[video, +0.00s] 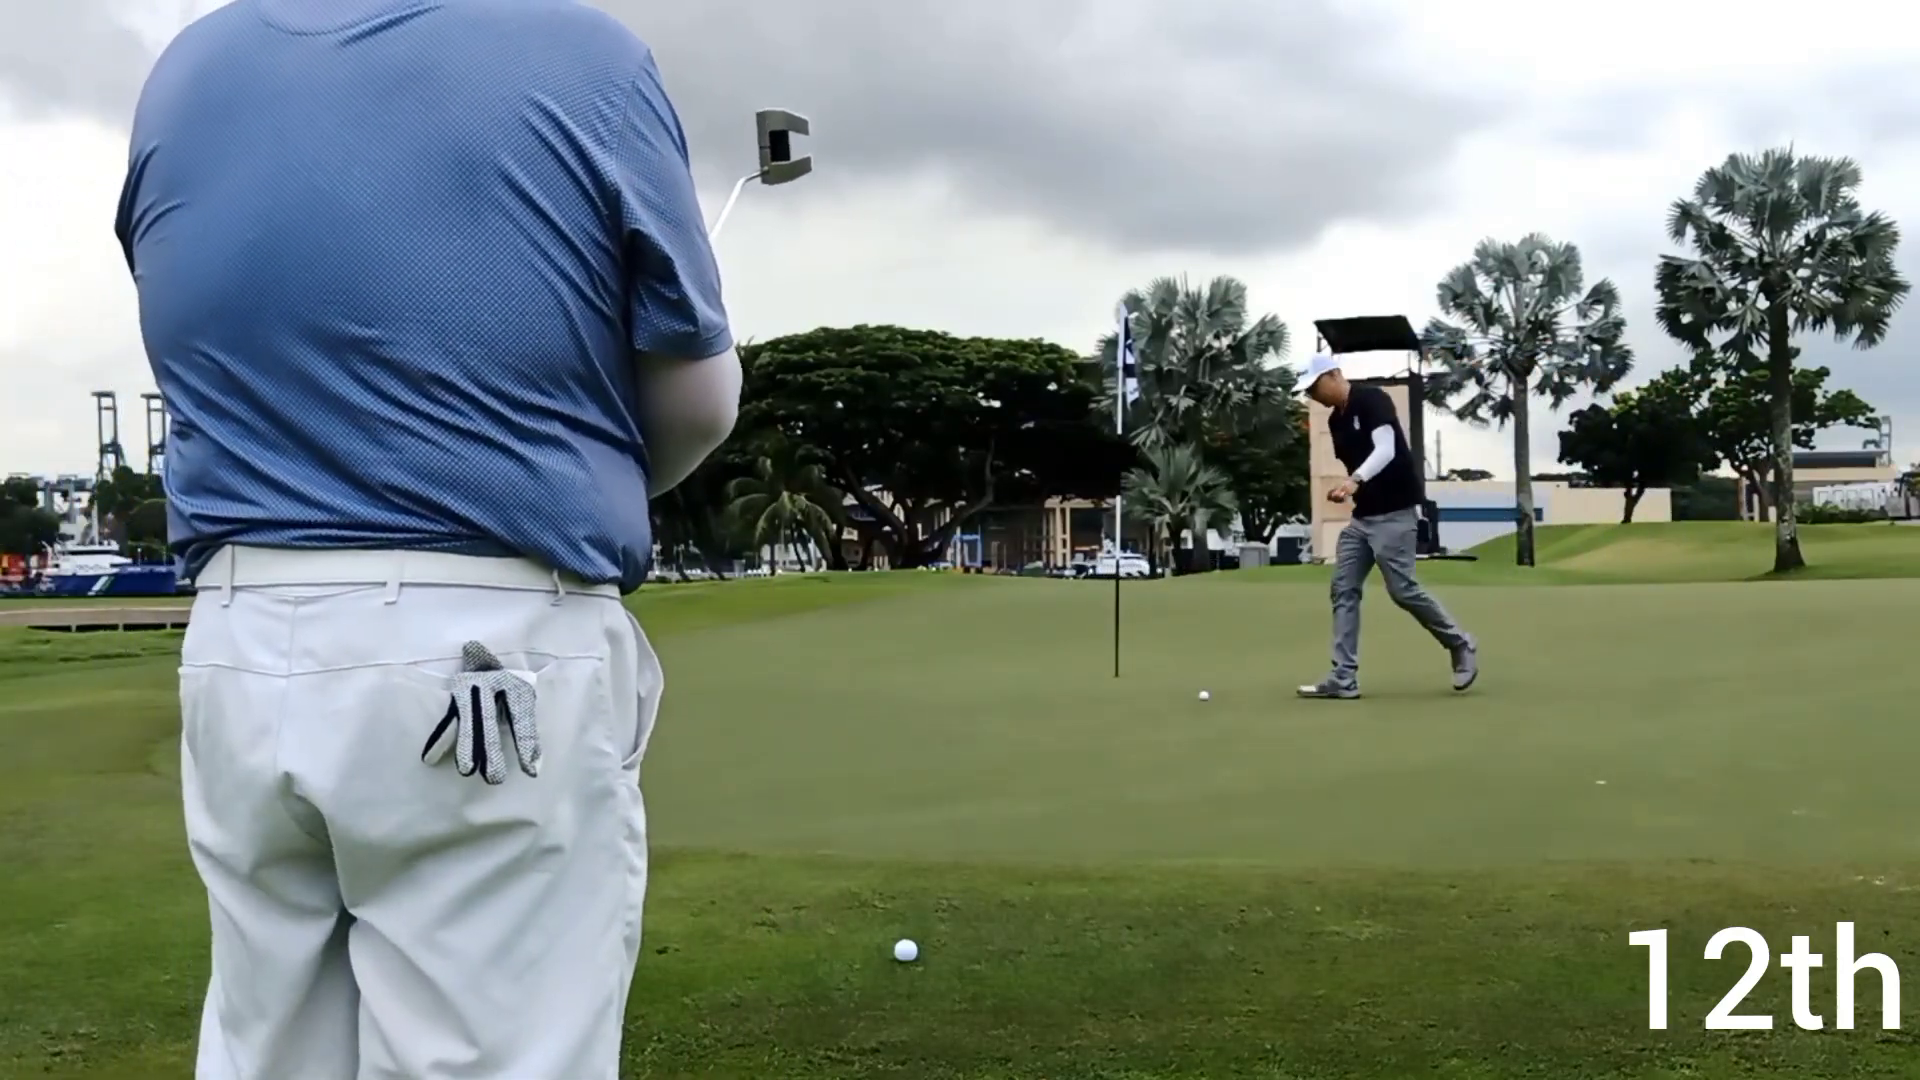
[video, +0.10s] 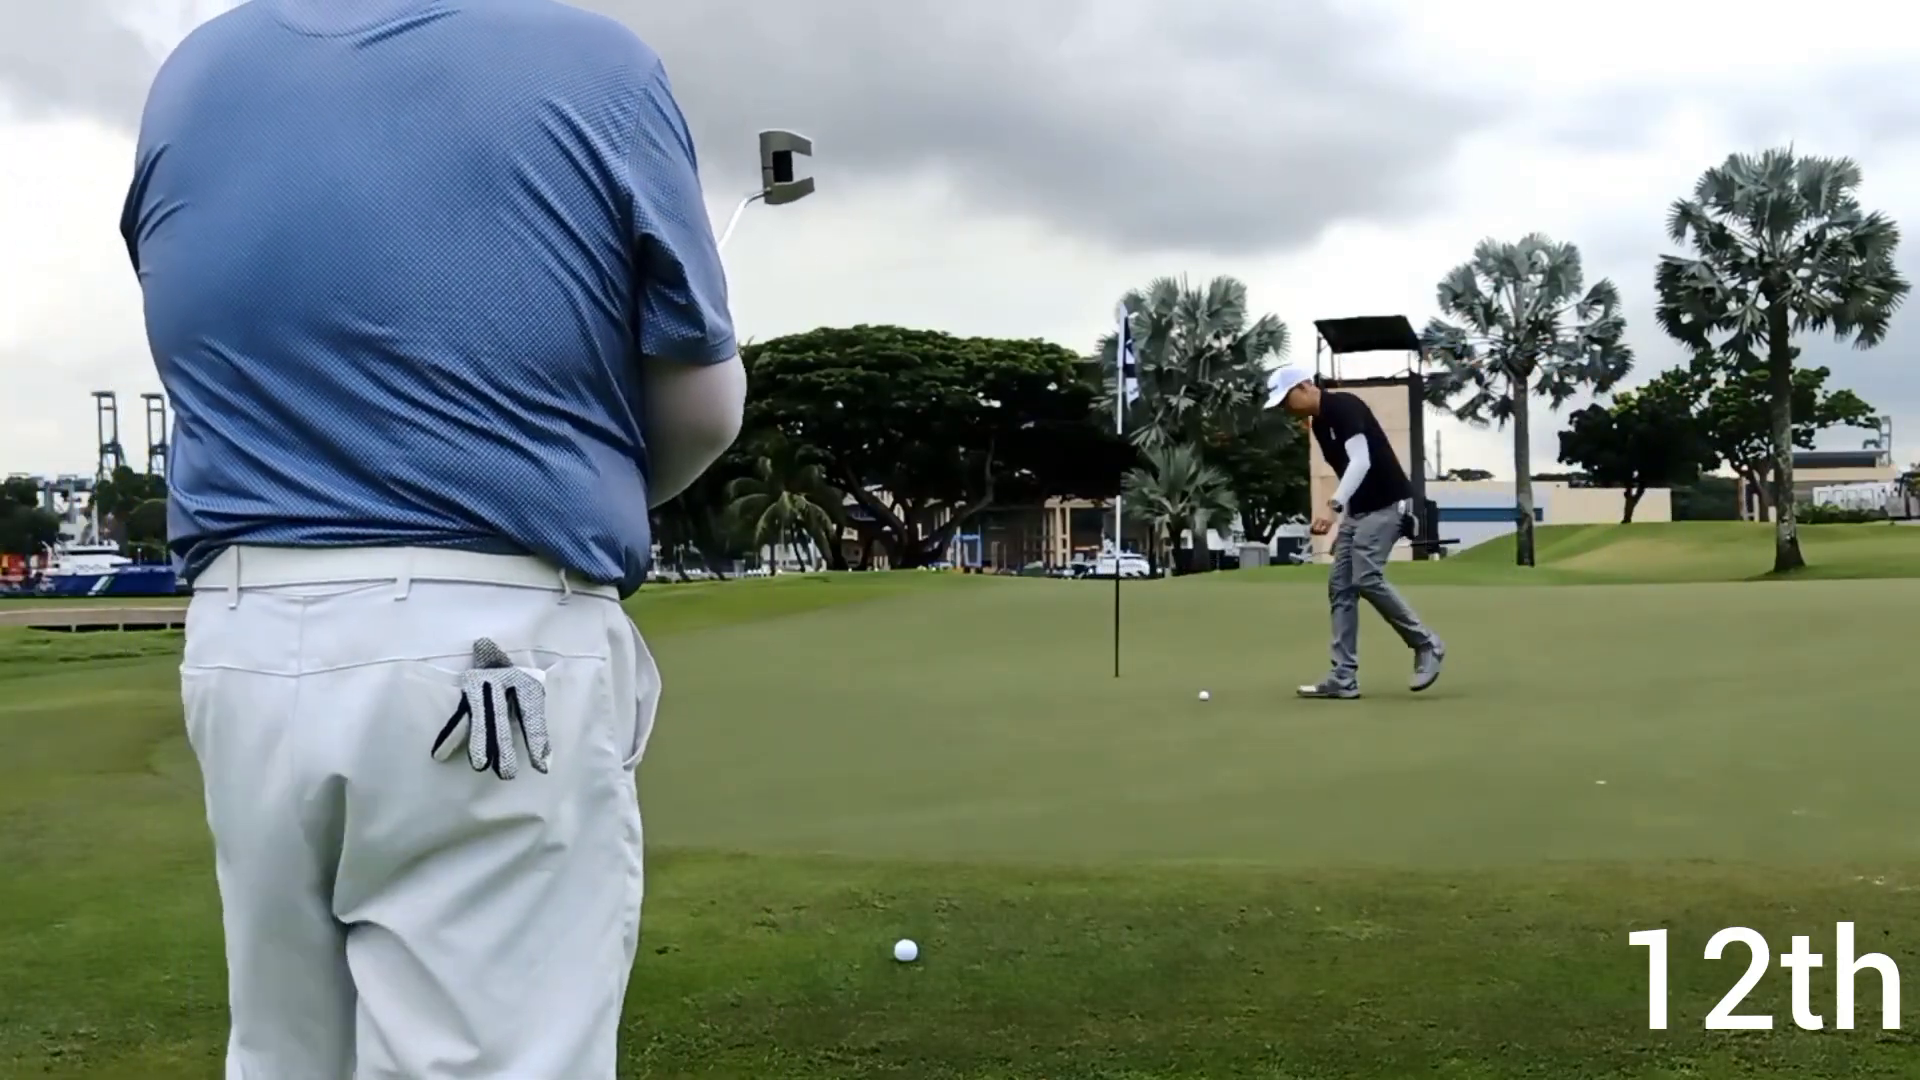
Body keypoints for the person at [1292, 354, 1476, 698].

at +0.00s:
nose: (1314, 397)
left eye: (1314, 389)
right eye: (1310, 392)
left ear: (1333, 376)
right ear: (1324, 385)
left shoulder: (1371, 398)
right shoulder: (1336, 420)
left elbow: (1386, 449)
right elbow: (1359, 466)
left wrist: (1354, 481)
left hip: (1395, 517)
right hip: (1363, 520)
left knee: (1403, 591)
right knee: (1344, 589)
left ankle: (1460, 644)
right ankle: (1343, 677)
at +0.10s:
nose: (1287, 409)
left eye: (1287, 401)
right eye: (1283, 404)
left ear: (1305, 386)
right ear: (1300, 392)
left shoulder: (1343, 406)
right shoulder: (1319, 422)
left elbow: (1361, 461)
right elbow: (1351, 467)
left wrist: (1334, 506)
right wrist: (1346, 514)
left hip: (1384, 507)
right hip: (1357, 512)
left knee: (1366, 578)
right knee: (1341, 587)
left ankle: (1427, 645)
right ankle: (1343, 676)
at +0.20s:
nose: (1269, 428)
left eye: (1266, 421)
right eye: (1264, 424)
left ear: (1281, 405)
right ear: (1281, 409)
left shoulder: (1312, 421)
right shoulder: (1309, 426)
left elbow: (1333, 481)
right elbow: (1345, 481)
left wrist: (1313, 538)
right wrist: (1335, 525)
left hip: (1380, 504)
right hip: (1365, 507)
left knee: (1345, 577)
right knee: (1337, 582)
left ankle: (1381, 665)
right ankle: (1343, 674)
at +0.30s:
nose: (1250, 455)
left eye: (1247, 446)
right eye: (1245, 450)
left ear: (1261, 429)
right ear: (1262, 429)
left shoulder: (1292, 440)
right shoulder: (1295, 437)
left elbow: (1308, 509)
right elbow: (1348, 474)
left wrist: (1291, 569)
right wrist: (1339, 520)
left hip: (1375, 507)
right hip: (1367, 507)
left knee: (1338, 581)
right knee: (1338, 580)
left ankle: (1338, 674)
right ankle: (1338, 672)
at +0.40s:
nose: (1240, 478)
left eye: (1236, 471)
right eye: (1234, 474)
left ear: (1247, 455)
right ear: (1249, 452)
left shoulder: (1277, 463)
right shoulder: (1282, 451)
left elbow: (1283, 535)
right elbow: (1341, 479)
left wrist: (1270, 598)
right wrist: (1338, 527)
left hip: (1367, 512)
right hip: (1373, 508)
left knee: (1326, 587)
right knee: (1335, 587)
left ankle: (1308, 680)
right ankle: (1345, 679)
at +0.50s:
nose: (1230, 503)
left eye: (1226, 497)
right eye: (1224, 500)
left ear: (1237, 481)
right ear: (1240, 476)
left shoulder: (1261, 493)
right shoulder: (1274, 471)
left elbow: (1263, 564)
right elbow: (1344, 473)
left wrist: (1248, 626)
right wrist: (1374, 499)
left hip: (1359, 521)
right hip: (1375, 515)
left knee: (1303, 588)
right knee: (1328, 592)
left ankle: (1302, 682)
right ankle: (1345, 678)